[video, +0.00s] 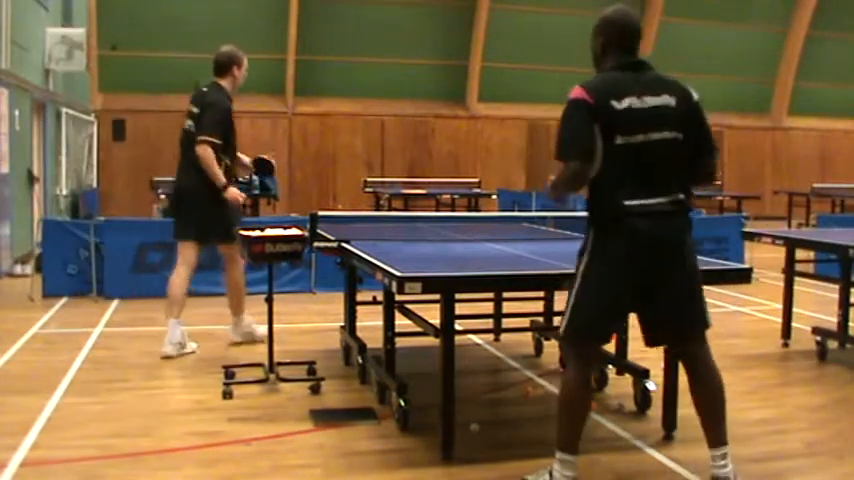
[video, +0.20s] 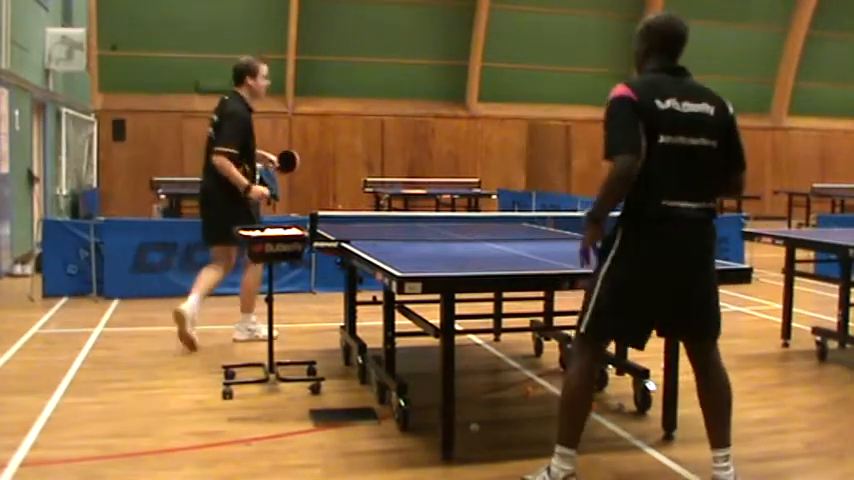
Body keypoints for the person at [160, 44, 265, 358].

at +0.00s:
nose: (245, 75)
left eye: (245, 69)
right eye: (244, 69)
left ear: (220, 68)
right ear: (236, 70)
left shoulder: (203, 95)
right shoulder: (219, 102)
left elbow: (213, 141)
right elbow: (203, 148)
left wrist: (238, 158)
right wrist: (226, 186)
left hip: (188, 190)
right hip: (210, 191)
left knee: (185, 261)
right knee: (233, 256)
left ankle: (173, 334)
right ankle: (240, 324)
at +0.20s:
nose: (267, 84)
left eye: (266, 78)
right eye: (263, 78)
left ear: (245, 81)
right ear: (249, 80)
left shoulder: (230, 104)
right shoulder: (237, 112)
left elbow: (235, 146)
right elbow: (220, 158)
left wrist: (260, 156)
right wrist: (248, 187)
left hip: (215, 193)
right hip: (233, 195)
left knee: (222, 259)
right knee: (257, 254)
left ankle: (189, 308)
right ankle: (247, 323)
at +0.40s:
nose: (279, 83)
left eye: (280, 77)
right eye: (274, 77)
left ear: (266, 81)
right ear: (257, 80)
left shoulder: (263, 107)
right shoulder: (245, 109)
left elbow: (259, 140)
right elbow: (229, 155)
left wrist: (279, 151)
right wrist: (261, 174)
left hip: (253, 187)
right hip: (238, 189)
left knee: (261, 249)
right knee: (260, 252)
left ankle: (241, 303)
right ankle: (246, 321)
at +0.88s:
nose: (304, 105)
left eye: (307, 99)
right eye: (299, 99)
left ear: (310, 100)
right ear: (285, 99)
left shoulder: (310, 126)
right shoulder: (268, 121)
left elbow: (322, 155)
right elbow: (250, 162)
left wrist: (326, 166)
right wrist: (282, 175)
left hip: (283, 189)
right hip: (254, 188)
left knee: (296, 241)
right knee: (252, 243)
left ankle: (291, 303)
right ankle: (237, 313)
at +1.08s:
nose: (305, 113)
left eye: (309, 108)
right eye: (300, 108)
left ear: (312, 106)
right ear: (288, 105)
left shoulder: (309, 131)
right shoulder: (268, 125)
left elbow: (320, 162)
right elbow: (250, 165)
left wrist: (308, 179)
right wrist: (283, 168)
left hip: (283, 191)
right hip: (254, 192)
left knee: (296, 242)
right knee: (246, 247)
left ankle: (292, 304)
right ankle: (231, 313)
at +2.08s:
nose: (307, 119)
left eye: (311, 114)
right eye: (302, 114)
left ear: (314, 117)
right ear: (288, 115)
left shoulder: (311, 144)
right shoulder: (267, 136)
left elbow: (324, 175)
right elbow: (241, 169)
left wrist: (333, 189)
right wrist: (263, 194)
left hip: (278, 201)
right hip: (248, 198)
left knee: (302, 244)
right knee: (243, 252)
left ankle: (300, 302)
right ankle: (222, 315)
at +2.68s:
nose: (334, 130)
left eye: (336, 126)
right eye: (329, 125)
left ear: (337, 128)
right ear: (313, 125)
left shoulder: (329, 153)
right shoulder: (289, 142)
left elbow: (350, 178)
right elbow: (258, 169)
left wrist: (364, 180)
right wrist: (282, 196)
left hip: (285, 202)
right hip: (256, 195)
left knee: (310, 244)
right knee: (248, 248)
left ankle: (301, 301)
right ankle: (226, 314)